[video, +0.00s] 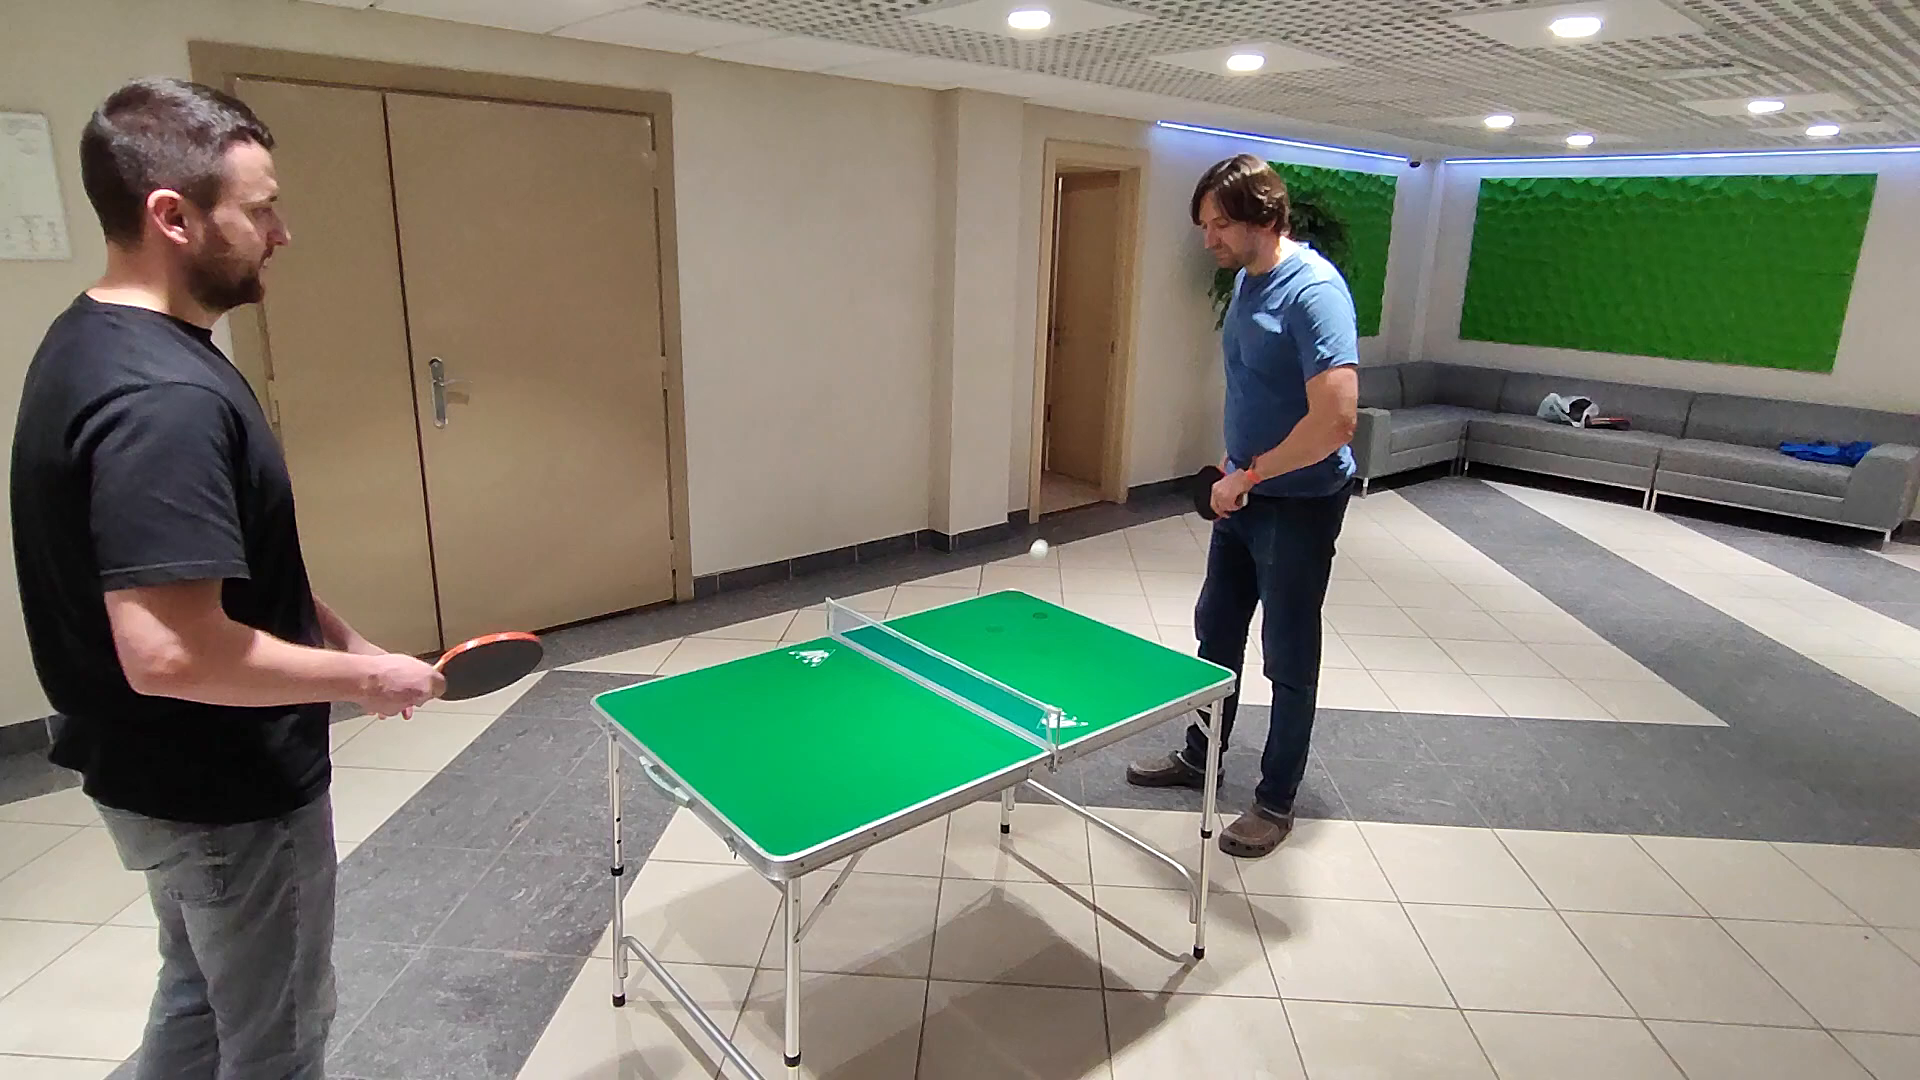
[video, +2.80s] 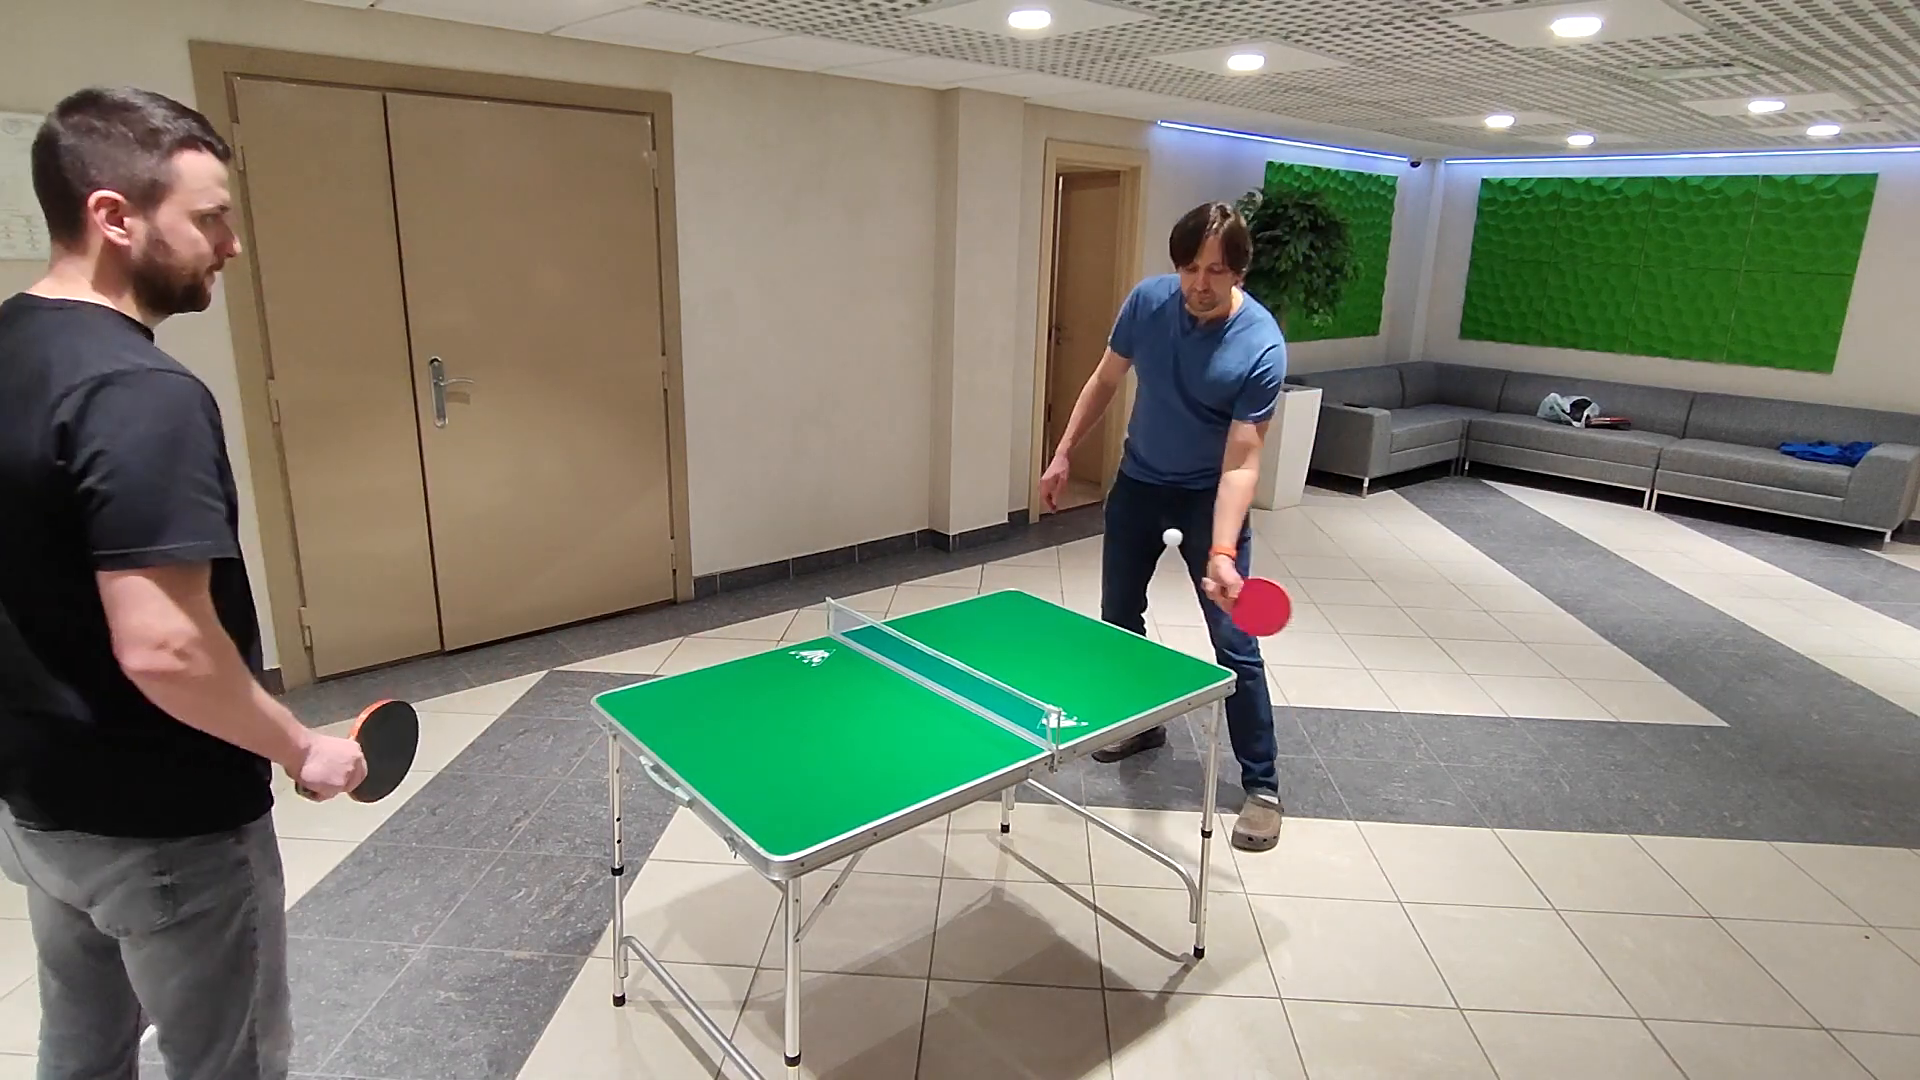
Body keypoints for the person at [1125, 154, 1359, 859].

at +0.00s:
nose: (1208, 238)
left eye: (1216, 224)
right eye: (1204, 226)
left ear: (1257, 218)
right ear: (1242, 223)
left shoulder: (1315, 290)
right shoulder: (1252, 281)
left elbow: (1338, 417)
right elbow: (1257, 394)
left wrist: (1249, 474)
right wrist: (1235, 469)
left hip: (1302, 501)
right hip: (1247, 491)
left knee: (1290, 659)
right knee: (1217, 633)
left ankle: (1273, 806)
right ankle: (1198, 760)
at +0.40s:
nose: (1195, 238)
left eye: (1201, 223)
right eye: (1192, 225)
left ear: (1241, 217)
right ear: (1243, 220)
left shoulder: (1289, 288)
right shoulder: (1252, 281)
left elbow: (1243, 411)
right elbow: (1263, 400)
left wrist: (1147, 478)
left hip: (1293, 495)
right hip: (1250, 486)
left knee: (1285, 652)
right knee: (1225, 631)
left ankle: (1273, 804)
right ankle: (1197, 757)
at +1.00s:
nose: (1180, 235)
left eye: (1188, 220)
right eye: (1176, 222)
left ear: (1232, 213)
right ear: (1205, 217)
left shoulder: (1282, 289)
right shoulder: (1234, 281)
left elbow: (1313, 422)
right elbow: (1243, 401)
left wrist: (1242, 508)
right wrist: (1214, 479)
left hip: (1287, 498)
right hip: (1237, 489)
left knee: (1279, 659)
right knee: (1215, 632)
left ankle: (1274, 804)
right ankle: (1198, 757)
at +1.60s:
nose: (1190, 242)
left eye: (1201, 229)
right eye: (1187, 228)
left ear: (1245, 224)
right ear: (1208, 225)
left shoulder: (1285, 306)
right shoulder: (1232, 279)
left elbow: (1232, 436)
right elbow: (1221, 392)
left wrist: (1143, 513)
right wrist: (1176, 458)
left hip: (1284, 500)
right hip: (1228, 487)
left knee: (1283, 657)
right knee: (1214, 633)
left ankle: (1273, 803)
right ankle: (1200, 759)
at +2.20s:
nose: (1206, 224)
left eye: (1219, 212)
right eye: (1204, 210)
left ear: (1261, 216)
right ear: (1213, 211)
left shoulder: (1299, 306)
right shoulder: (1236, 273)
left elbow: (1301, 443)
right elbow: (1232, 394)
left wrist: (1219, 518)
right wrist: (1203, 487)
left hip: (1275, 502)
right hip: (1214, 486)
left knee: (1276, 661)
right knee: (1177, 617)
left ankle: (1274, 804)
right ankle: (1191, 751)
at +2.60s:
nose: (1219, 258)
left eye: (1236, 247)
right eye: (1210, 243)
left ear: (1264, 246)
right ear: (1198, 237)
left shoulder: (1293, 324)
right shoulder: (1169, 289)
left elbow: (1308, 437)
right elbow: (1139, 376)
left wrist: (1319, 534)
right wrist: (1107, 456)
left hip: (1243, 499)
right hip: (1164, 488)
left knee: (1255, 651)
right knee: (1139, 618)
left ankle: (1272, 803)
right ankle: (1138, 723)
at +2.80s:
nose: (1198, 284)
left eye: (1213, 273)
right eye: (1189, 269)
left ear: (1238, 271)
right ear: (1177, 262)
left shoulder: (1259, 351)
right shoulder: (1150, 301)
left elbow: (1242, 461)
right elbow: (1105, 379)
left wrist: (1222, 551)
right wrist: (1063, 453)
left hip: (1212, 498)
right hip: (1138, 484)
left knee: (1232, 641)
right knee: (1119, 611)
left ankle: (1261, 788)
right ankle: (1139, 720)